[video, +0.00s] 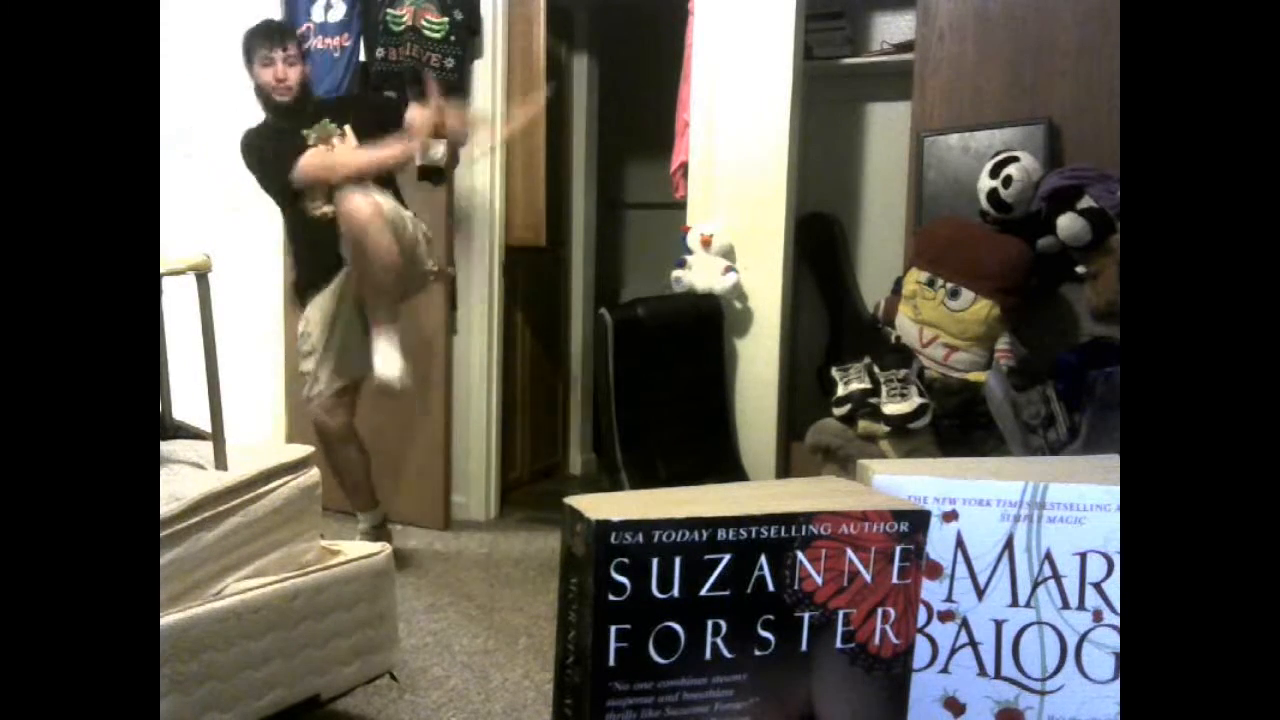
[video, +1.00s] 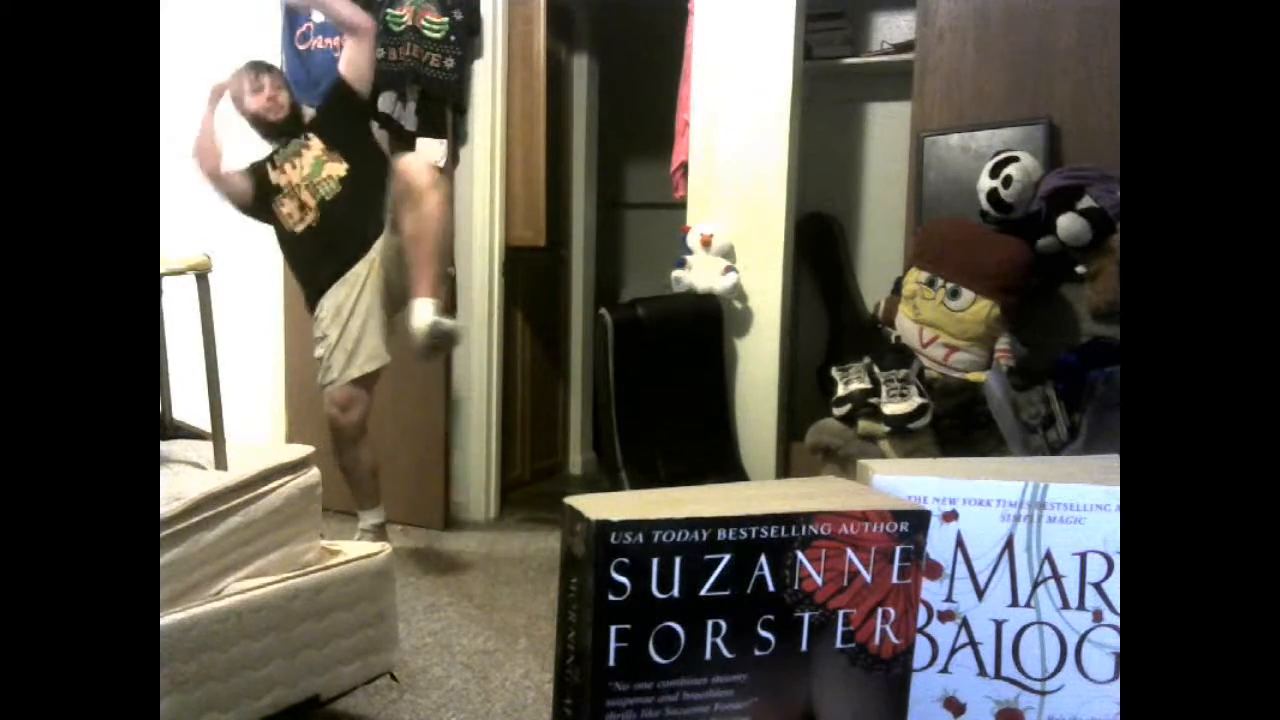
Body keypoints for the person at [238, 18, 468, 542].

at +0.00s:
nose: (282, 74)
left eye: (290, 61)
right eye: (269, 64)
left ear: (305, 64)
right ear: (252, 73)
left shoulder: (353, 108)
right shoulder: (259, 142)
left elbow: (425, 119)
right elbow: (322, 169)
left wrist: (446, 120)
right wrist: (408, 143)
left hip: (391, 256)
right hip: (328, 285)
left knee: (357, 203)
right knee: (329, 418)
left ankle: (382, 329)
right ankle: (374, 525)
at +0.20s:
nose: (283, 81)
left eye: (291, 70)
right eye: (270, 72)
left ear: (304, 77)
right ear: (252, 84)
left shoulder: (343, 118)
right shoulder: (250, 150)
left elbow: (416, 85)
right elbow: (306, 149)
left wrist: (470, 30)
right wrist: (381, 109)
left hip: (378, 254)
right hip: (328, 294)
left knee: (400, 173)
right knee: (333, 420)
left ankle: (400, 317)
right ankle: (370, 522)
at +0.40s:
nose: (273, 89)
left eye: (279, 80)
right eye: (259, 83)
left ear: (292, 87)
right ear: (242, 97)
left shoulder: (333, 126)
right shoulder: (244, 170)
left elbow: (415, 97)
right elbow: (296, 157)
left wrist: (444, 31)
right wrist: (351, 106)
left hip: (387, 253)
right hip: (335, 301)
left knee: (415, 177)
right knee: (340, 423)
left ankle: (430, 323)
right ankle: (372, 527)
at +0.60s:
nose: (252, 99)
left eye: (254, 88)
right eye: (239, 99)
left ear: (270, 91)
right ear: (229, 121)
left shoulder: (330, 125)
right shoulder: (246, 179)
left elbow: (410, 149)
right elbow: (283, 152)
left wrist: (363, 81)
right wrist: (320, 104)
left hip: (394, 253)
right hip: (340, 302)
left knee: (431, 164)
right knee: (343, 419)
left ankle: (448, 313)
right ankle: (372, 527)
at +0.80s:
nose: (267, 93)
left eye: (265, 86)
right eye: (253, 94)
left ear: (278, 94)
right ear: (239, 117)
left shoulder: (339, 129)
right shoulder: (253, 173)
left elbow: (373, 74)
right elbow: (263, 112)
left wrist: (340, 17)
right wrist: (293, 40)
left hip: (392, 246)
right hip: (338, 289)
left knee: (434, 148)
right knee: (341, 415)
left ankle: (441, 289)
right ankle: (369, 518)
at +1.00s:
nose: (262, 92)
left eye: (265, 81)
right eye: (251, 92)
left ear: (286, 85)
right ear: (247, 114)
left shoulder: (339, 114)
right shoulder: (262, 182)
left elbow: (362, 28)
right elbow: (210, 168)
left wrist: (311, 4)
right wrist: (212, 103)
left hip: (390, 250)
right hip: (337, 297)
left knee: (415, 168)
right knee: (344, 414)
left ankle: (425, 311)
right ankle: (372, 524)